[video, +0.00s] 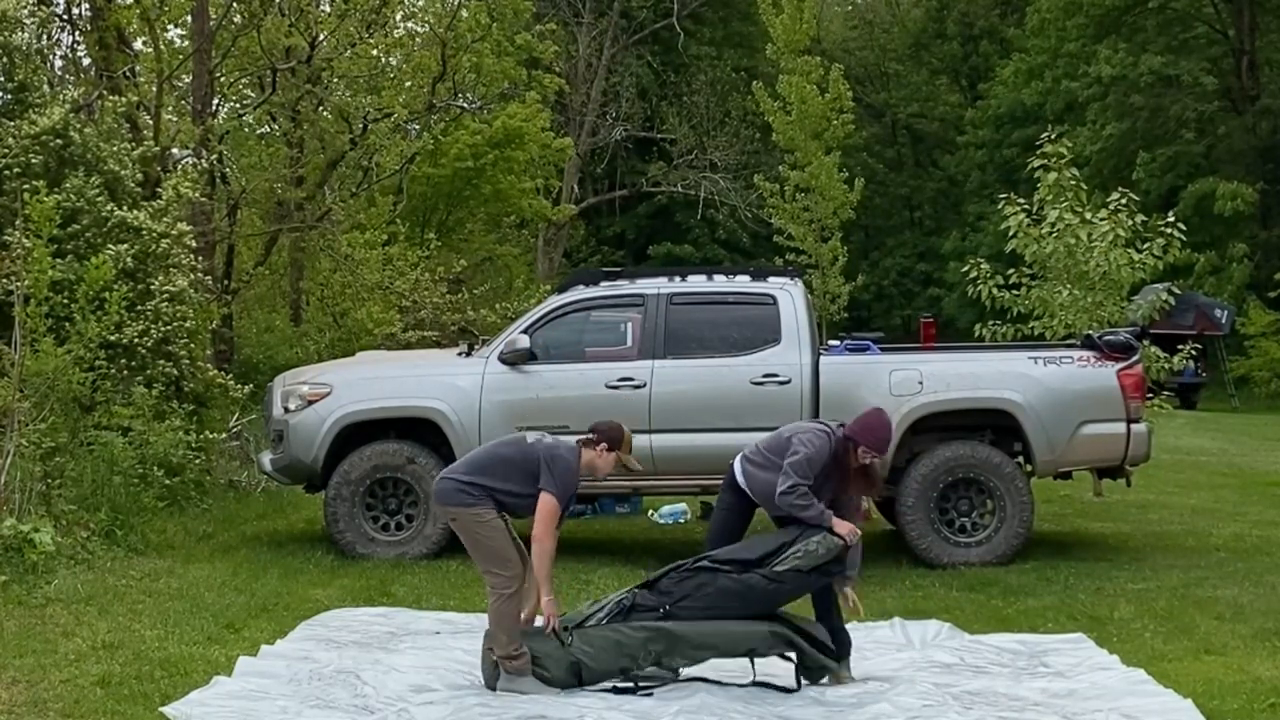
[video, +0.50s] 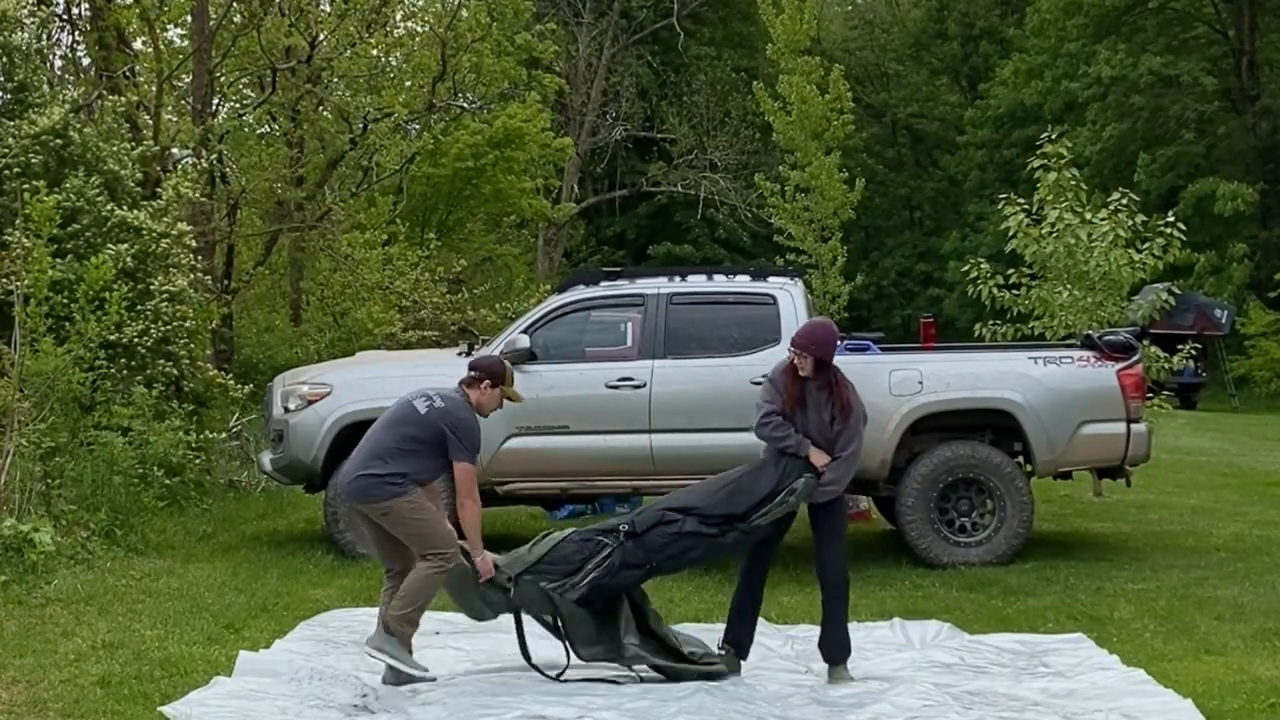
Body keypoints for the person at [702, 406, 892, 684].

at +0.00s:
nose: (867, 460)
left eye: (874, 456)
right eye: (866, 453)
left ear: (878, 454)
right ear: (854, 441)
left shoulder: (855, 465)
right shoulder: (815, 441)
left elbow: (849, 517)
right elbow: (788, 494)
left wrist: (847, 577)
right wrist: (832, 521)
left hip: (789, 495)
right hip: (745, 483)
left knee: (820, 570)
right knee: (714, 567)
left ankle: (837, 664)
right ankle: (671, 656)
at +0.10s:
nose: (850, 443)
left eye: (859, 440)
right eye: (848, 434)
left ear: (867, 440)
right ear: (838, 421)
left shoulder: (854, 459)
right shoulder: (805, 431)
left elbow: (836, 500)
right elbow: (779, 487)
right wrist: (826, 511)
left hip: (791, 499)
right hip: (744, 484)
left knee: (818, 571)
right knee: (714, 566)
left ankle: (838, 659)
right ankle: (689, 649)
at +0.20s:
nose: (836, 409)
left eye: (845, 406)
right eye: (834, 401)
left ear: (858, 408)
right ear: (829, 393)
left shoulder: (858, 435)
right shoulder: (805, 410)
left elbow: (850, 489)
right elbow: (767, 458)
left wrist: (827, 528)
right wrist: (810, 484)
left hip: (813, 503)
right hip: (766, 491)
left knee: (833, 578)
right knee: (730, 568)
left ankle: (839, 665)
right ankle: (681, 647)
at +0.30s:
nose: (819, 386)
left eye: (827, 383)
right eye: (817, 378)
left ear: (845, 387)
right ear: (813, 373)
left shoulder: (855, 425)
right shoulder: (795, 391)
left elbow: (850, 483)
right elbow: (762, 434)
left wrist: (820, 518)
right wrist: (803, 463)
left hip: (821, 500)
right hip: (773, 487)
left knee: (827, 572)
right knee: (732, 557)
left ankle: (836, 662)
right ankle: (719, 645)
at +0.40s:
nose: (800, 367)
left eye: (808, 363)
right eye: (798, 360)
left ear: (826, 367)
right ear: (796, 357)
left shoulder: (842, 403)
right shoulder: (782, 378)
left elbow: (840, 463)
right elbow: (758, 425)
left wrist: (802, 496)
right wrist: (798, 453)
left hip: (821, 489)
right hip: (773, 482)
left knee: (828, 571)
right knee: (747, 564)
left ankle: (837, 661)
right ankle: (731, 649)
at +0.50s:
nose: (797, 360)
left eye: (804, 356)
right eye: (795, 353)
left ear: (823, 358)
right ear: (793, 351)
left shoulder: (844, 396)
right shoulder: (783, 376)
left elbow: (847, 456)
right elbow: (766, 422)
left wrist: (815, 490)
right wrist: (808, 449)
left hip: (829, 484)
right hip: (782, 478)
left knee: (833, 569)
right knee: (755, 563)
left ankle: (837, 661)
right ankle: (732, 651)